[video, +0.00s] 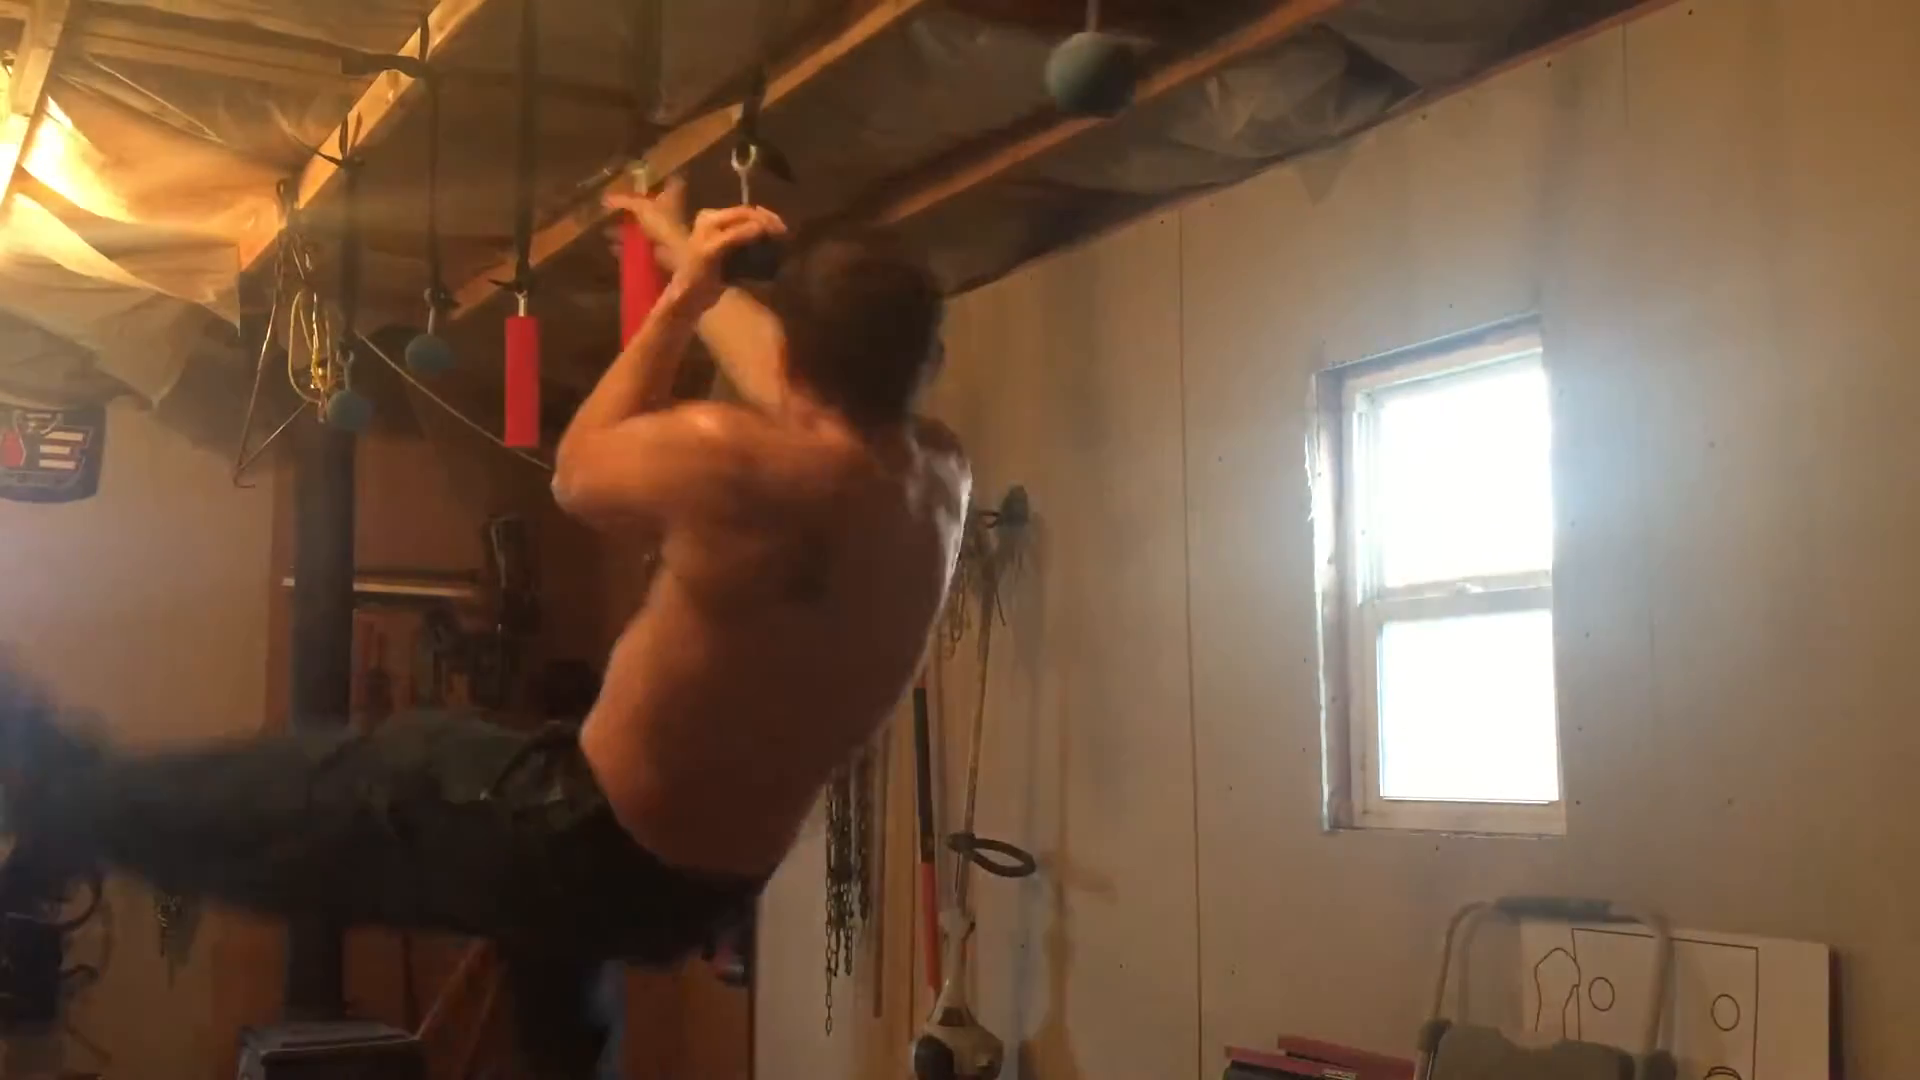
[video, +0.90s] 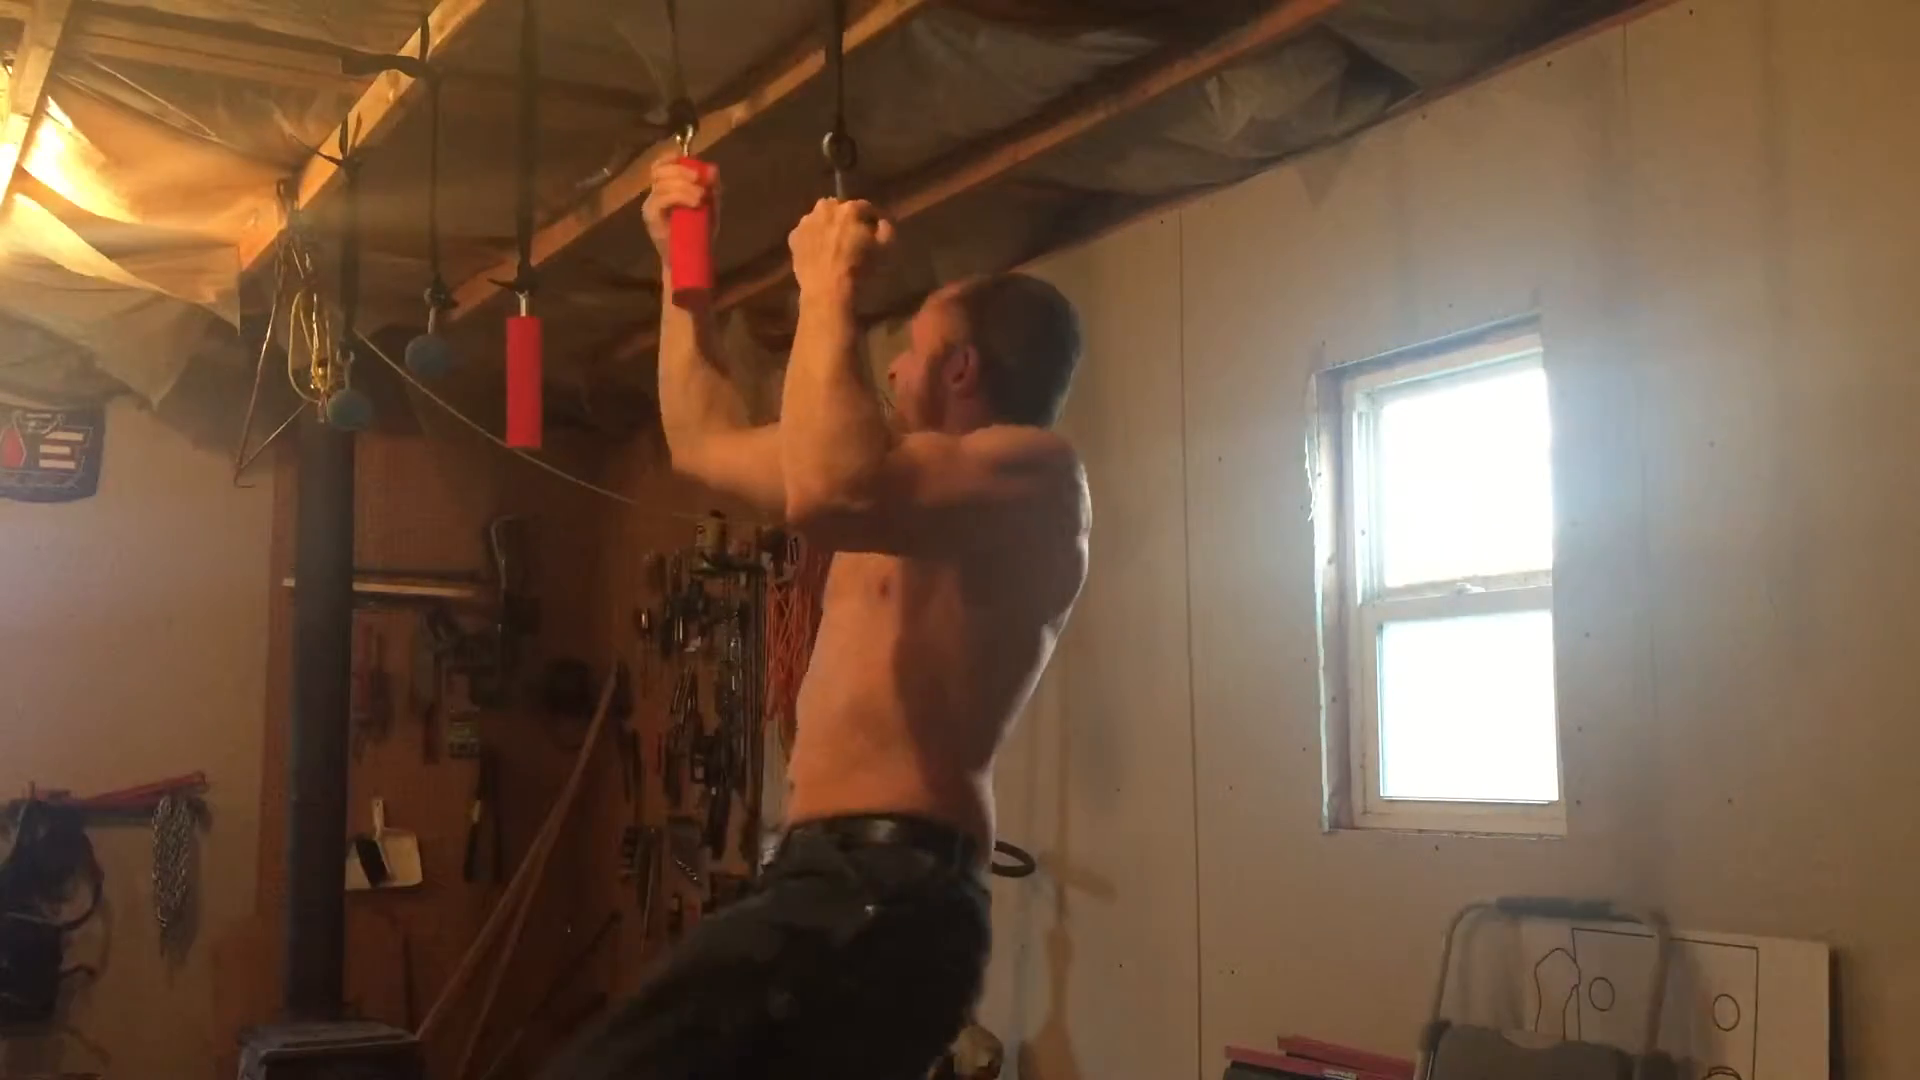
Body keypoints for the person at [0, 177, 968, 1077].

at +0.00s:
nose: (760, 328)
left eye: (773, 314)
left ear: (787, 342)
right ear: (916, 370)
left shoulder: (747, 462)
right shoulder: (938, 487)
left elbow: (585, 462)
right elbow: (781, 378)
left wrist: (689, 281)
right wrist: (681, 253)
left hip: (588, 839)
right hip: (709, 888)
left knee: (353, 781)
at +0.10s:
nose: (803, 384)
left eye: (813, 364)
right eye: (808, 366)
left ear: (839, 392)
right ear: (941, 404)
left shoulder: (822, 499)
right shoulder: (942, 529)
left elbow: (610, 473)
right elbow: (782, 400)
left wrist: (700, 304)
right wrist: (673, 280)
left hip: (592, 830)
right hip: (686, 908)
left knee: (332, 722)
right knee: (480, 1032)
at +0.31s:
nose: (906, 446)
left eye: (921, 430)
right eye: (920, 427)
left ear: (954, 459)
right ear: (1015, 483)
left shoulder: (943, 558)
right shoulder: (980, 584)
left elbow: (711, 500)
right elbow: (817, 442)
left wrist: (779, 309)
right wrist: (720, 293)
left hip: (660, 837)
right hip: (702, 917)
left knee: (367, 725)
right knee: (409, 1033)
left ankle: (85, 737)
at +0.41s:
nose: (921, 448)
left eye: (940, 430)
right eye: (936, 428)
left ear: (977, 456)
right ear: (1022, 477)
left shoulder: (985, 559)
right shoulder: (977, 573)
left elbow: (752, 511)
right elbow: (789, 450)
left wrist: (796, 308)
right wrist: (700, 283)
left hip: (700, 847)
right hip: (728, 909)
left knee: (371, 778)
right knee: (353, 1050)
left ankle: (49, 874)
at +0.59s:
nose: (917, 424)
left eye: (933, 404)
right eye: (924, 404)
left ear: (971, 413)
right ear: (1019, 436)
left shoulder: (1004, 534)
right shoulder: (966, 538)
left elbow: (778, 511)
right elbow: (761, 465)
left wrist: (798, 310)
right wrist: (670, 287)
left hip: (786, 885)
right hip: (781, 880)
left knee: (397, 908)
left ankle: (149, 1067)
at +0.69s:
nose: (899, 399)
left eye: (920, 383)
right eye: (910, 381)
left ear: (968, 408)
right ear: (978, 414)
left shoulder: (1014, 511)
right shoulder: (935, 504)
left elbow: (801, 506)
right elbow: (730, 451)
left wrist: (809, 311)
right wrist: (671, 288)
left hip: (843, 894)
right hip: (799, 875)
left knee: (460, 1005)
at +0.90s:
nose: (890, 371)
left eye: (908, 352)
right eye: (896, 352)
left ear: (962, 372)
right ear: (965, 375)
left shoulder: (1035, 466)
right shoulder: (894, 468)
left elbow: (830, 486)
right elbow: (706, 443)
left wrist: (825, 284)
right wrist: (683, 260)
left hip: (885, 889)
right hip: (825, 879)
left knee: (613, 1063)